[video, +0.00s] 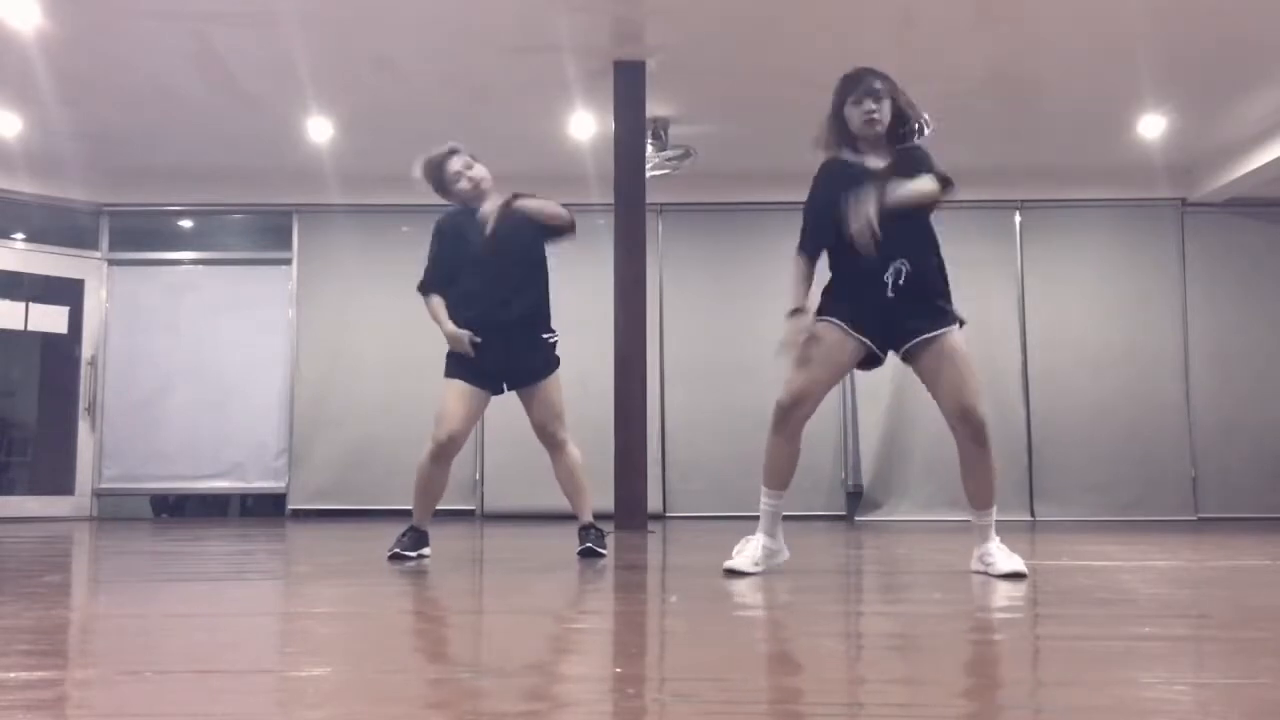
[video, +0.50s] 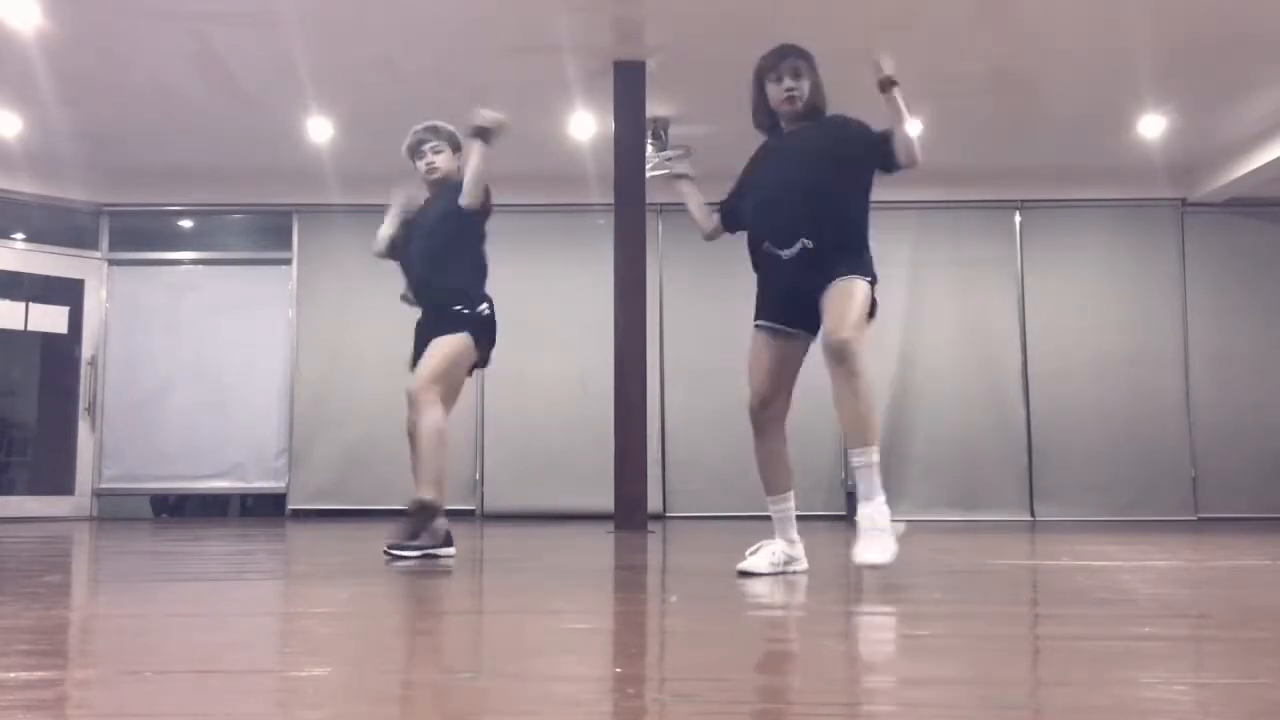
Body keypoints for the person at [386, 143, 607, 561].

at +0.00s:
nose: (470, 176)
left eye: (470, 165)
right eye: (457, 178)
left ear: (483, 164)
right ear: (449, 195)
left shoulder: (523, 212)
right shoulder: (450, 227)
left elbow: (564, 220)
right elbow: (431, 287)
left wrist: (512, 204)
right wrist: (449, 328)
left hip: (529, 342)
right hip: (473, 347)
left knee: (554, 434)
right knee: (445, 439)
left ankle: (588, 527)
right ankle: (417, 531)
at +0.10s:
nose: (446, 172)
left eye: (453, 164)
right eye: (436, 171)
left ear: (470, 170)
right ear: (430, 188)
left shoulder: (496, 192)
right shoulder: (440, 241)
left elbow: (514, 230)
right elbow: (438, 300)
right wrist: (447, 321)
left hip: (528, 331)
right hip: (475, 339)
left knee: (557, 432)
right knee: (447, 431)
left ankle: (589, 526)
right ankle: (426, 530)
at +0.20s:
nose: (440, 176)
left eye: (448, 168)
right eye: (431, 173)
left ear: (466, 174)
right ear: (425, 186)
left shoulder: (476, 210)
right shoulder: (450, 224)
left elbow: (500, 256)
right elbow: (454, 280)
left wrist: (500, 323)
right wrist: (443, 320)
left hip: (515, 330)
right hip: (470, 337)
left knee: (554, 432)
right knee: (432, 427)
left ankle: (594, 523)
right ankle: (435, 531)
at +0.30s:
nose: (439, 171)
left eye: (447, 163)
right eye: (431, 167)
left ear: (467, 169)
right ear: (426, 179)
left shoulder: (470, 201)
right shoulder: (443, 222)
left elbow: (491, 234)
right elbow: (429, 274)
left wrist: (475, 290)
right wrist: (416, 305)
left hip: (485, 329)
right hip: (450, 334)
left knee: (505, 427)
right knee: (420, 429)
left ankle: (584, 502)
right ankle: (433, 532)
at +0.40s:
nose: (432, 166)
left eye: (440, 159)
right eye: (424, 164)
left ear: (459, 166)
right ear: (418, 176)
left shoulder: (471, 197)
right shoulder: (419, 221)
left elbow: (493, 180)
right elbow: (392, 232)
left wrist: (453, 185)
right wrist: (371, 238)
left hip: (473, 314)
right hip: (436, 316)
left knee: (454, 405)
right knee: (416, 426)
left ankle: (517, 500)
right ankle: (433, 530)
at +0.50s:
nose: (429, 158)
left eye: (438, 150)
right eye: (421, 155)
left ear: (459, 160)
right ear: (416, 168)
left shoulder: (465, 200)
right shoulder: (416, 216)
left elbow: (474, 178)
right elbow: (383, 248)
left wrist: (481, 139)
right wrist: (398, 212)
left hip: (468, 315)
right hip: (432, 320)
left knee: (424, 385)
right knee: (422, 417)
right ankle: (434, 527)